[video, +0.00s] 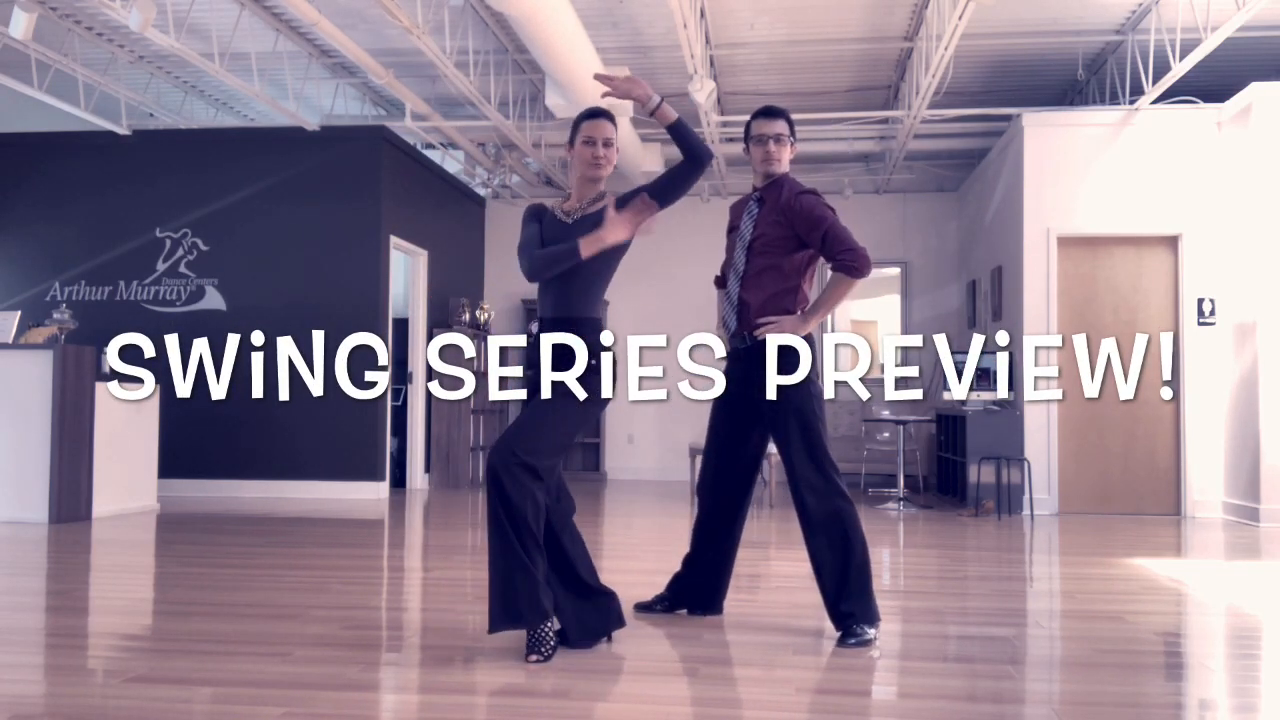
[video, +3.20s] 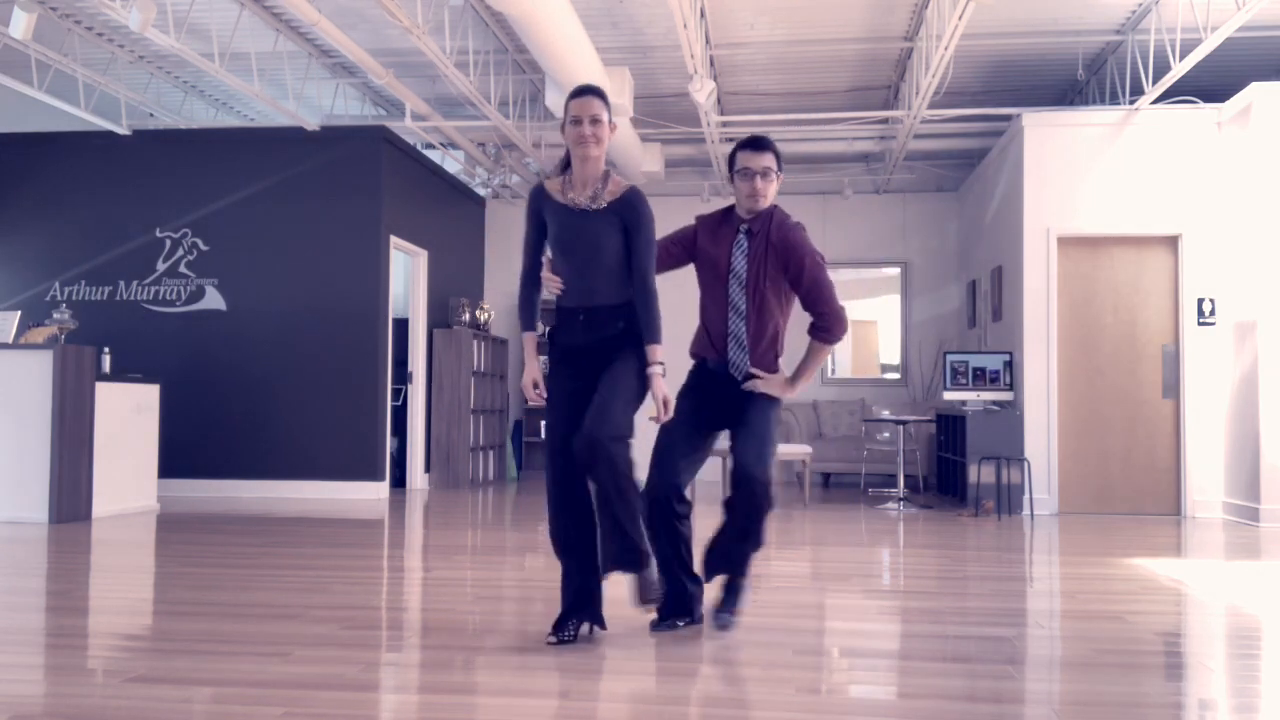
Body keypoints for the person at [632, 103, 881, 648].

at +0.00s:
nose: (769, 148)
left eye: (779, 140)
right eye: (759, 140)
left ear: (794, 148)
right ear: (745, 150)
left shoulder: (800, 202)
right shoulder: (742, 208)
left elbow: (854, 262)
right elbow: (741, 268)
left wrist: (807, 320)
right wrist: (726, 289)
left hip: (783, 354)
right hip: (742, 357)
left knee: (814, 482)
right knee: (723, 477)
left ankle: (857, 615)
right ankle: (698, 590)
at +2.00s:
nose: (787, 164)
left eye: (797, 156)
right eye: (787, 156)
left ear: (830, 162)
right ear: (800, 165)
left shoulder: (847, 221)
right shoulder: (791, 220)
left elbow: (876, 298)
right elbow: (761, 279)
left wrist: (821, 344)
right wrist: (744, 324)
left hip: (792, 368)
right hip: (753, 364)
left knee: (799, 493)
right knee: (719, 483)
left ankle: (854, 617)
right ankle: (695, 592)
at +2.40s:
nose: (793, 163)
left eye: (804, 154)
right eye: (792, 155)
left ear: (837, 159)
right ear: (807, 163)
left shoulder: (865, 218)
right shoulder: (791, 224)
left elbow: (906, 294)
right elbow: (740, 276)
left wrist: (848, 347)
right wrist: (690, 319)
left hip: (811, 370)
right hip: (764, 364)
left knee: (808, 493)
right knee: (706, 473)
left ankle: (857, 617)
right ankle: (699, 584)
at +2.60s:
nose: (797, 149)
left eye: (807, 141)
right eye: (789, 142)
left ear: (829, 152)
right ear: (780, 151)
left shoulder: (838, 208)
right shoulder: (765, 212)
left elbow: (885, 279)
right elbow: (700, 250)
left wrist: (831, 336)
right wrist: (630, 271)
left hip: (794, 363)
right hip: (745, 360)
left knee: (815, 490)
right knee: (694, 487)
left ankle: (856, 618)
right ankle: (688, 602)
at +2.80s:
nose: (785, 145)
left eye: (796, 137)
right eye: (776, 135)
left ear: (810, 148)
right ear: (762, 142)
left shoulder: (813, 206)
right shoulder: (730, 191)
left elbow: (859, 284)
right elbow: (656, 216)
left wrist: (794, 316)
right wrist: (587, 231)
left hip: (762, 356)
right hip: (709, 351)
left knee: (783, 473)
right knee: (684, 480)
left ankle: (833, 592)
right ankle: (691, 604)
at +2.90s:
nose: (778, 151)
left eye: (789, 143)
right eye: (768, 141)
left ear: (803, 152)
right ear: (754, 147)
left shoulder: (811, 218)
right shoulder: (723, 195)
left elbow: (851, 297)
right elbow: (651, 218)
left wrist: (786, 336)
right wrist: (597, 225)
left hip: (748, 355)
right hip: (695, 348)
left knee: (748, 459)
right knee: (676, 472)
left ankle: (775, 550)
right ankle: (688, 600)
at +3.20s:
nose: (756, 184)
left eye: (765, 174)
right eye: (746, 174)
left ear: (779, 180)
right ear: (731, 178)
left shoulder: (790, 240)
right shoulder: (707, 230)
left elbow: (832, 321)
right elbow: (641, 262)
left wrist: (792, 386)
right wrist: (564, 271)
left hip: (760, 386)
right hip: (707, 376)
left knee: (753, 481)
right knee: (663, 484)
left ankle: (730, 573)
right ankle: (682, 600)